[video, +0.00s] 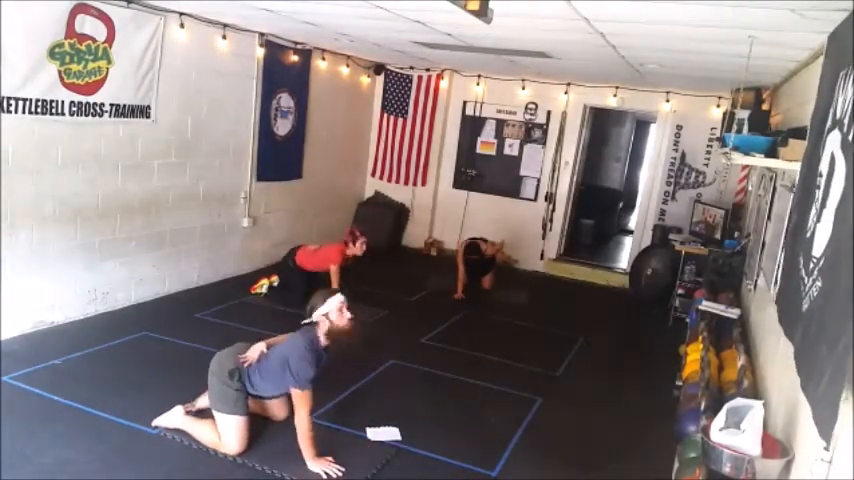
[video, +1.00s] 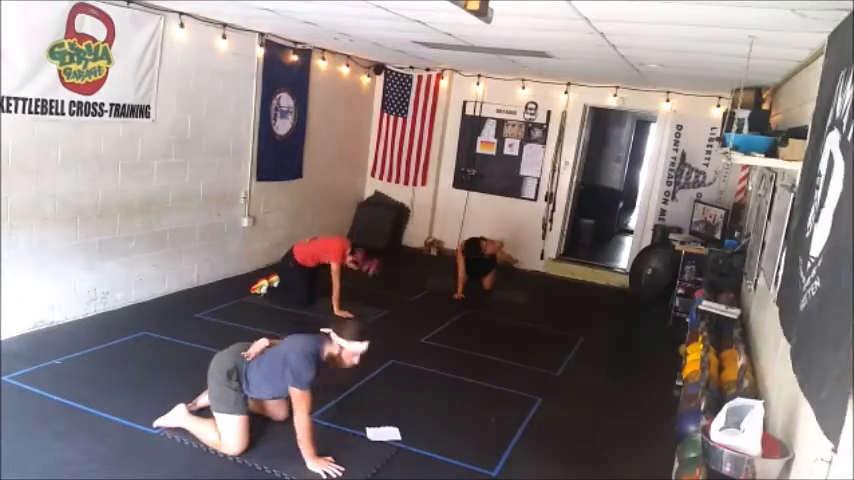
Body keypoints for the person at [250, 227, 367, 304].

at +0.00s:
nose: (365, 247)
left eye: (365, 244)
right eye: (362, 244)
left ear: (353, 244)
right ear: (351, 244)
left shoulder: (344, 250)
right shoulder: (337, 255)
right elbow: (335, 284)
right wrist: (337, 300)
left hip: (303, 252)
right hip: (294, 263)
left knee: (312, 287)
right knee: (298, 299)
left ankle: (278, 281)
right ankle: (270, 288)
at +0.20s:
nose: (344, 268)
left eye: (348, 269)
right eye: (347, 267)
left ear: (354, 259)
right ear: (351, 261)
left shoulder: (346, 244)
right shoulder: (336, 252)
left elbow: (325, 240)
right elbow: (335, 283)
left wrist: (313, 239)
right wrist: (336, 309)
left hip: (308, 261)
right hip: (296, 262)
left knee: (312, 293)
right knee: (300, 300)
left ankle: (279, 281)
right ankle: (267, 289)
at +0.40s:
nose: (352, 268)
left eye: (356, 268)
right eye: (355, 267)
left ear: (355, 253)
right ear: (353, 258)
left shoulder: (346, 243)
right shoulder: (336, 253)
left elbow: (327, 240)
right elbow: (335, 283)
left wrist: (315, 239)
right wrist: (336, 310)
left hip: (307, 261)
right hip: (296, 262)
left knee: (309, 295)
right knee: (299, 300)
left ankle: (279, 281)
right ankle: (267, 289)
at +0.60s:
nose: (363, 247)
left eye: (364, 244)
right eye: (360, 244)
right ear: (350, 244)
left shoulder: (343, 249)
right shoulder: (337, 254)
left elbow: (326, 246)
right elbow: (335, 282)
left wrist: (312, 248)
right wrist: (335, 302)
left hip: (300, 252)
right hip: (292, 264)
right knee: (300, 299)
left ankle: (276, 281)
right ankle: (272, 287)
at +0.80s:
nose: (347, 268)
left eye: (350, 268)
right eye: (349, 267)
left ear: (355, 256)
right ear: (351, 259)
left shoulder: (344, 243)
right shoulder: (337, 254)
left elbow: (326, 239)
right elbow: (336, 283)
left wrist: (313, 240)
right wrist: (336, 310)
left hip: (304, 257)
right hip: (295, 262)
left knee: (311, 294)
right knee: (301, 300)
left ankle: (278, 282)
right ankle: (266, 290)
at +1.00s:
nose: (349, 267)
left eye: (353, 267)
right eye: (352, 265)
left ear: (354, 254)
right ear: (351, 258)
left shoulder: (345, 244)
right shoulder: (336, 252)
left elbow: (326, 241)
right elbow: (335, 283)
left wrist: (314, 240)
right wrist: (336, 309)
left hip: (308, 263)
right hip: (295, 261)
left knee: (309, 297)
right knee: (300, 299)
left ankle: (278, 282)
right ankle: (268, 289)